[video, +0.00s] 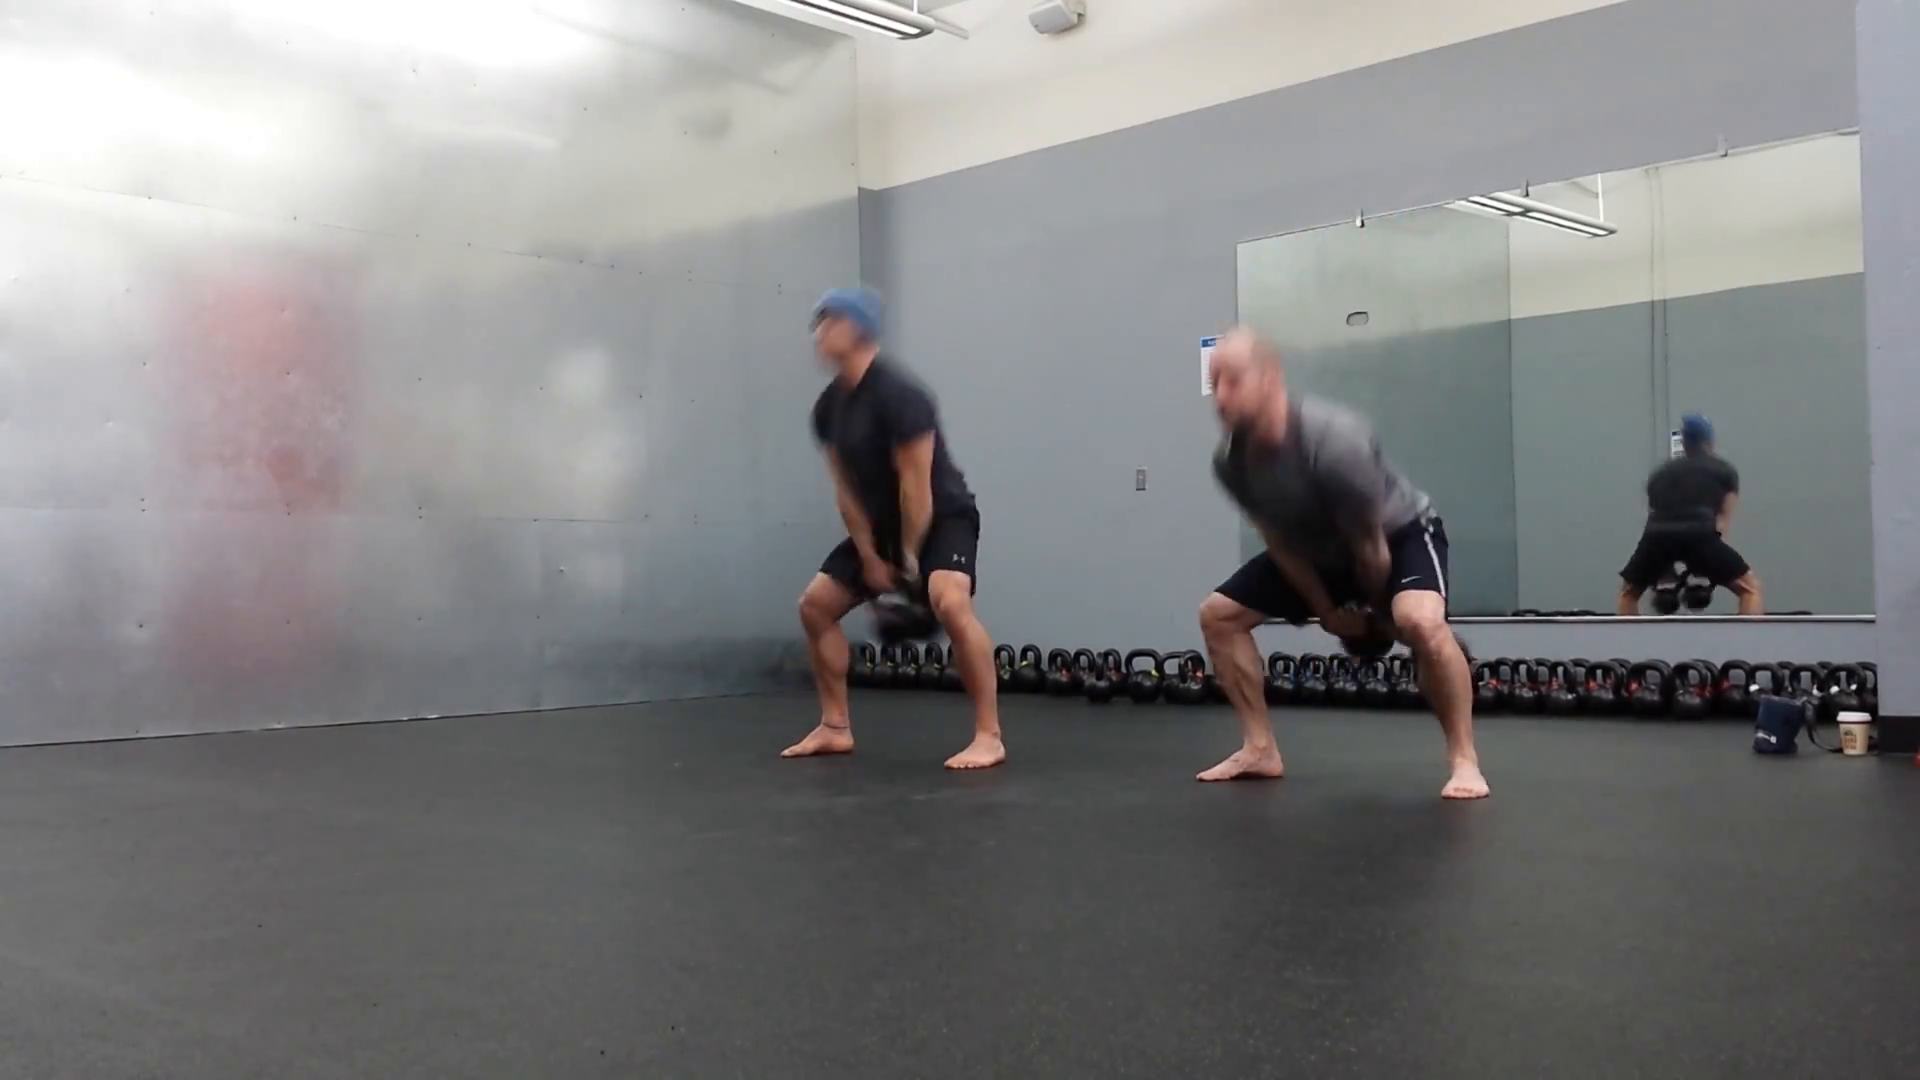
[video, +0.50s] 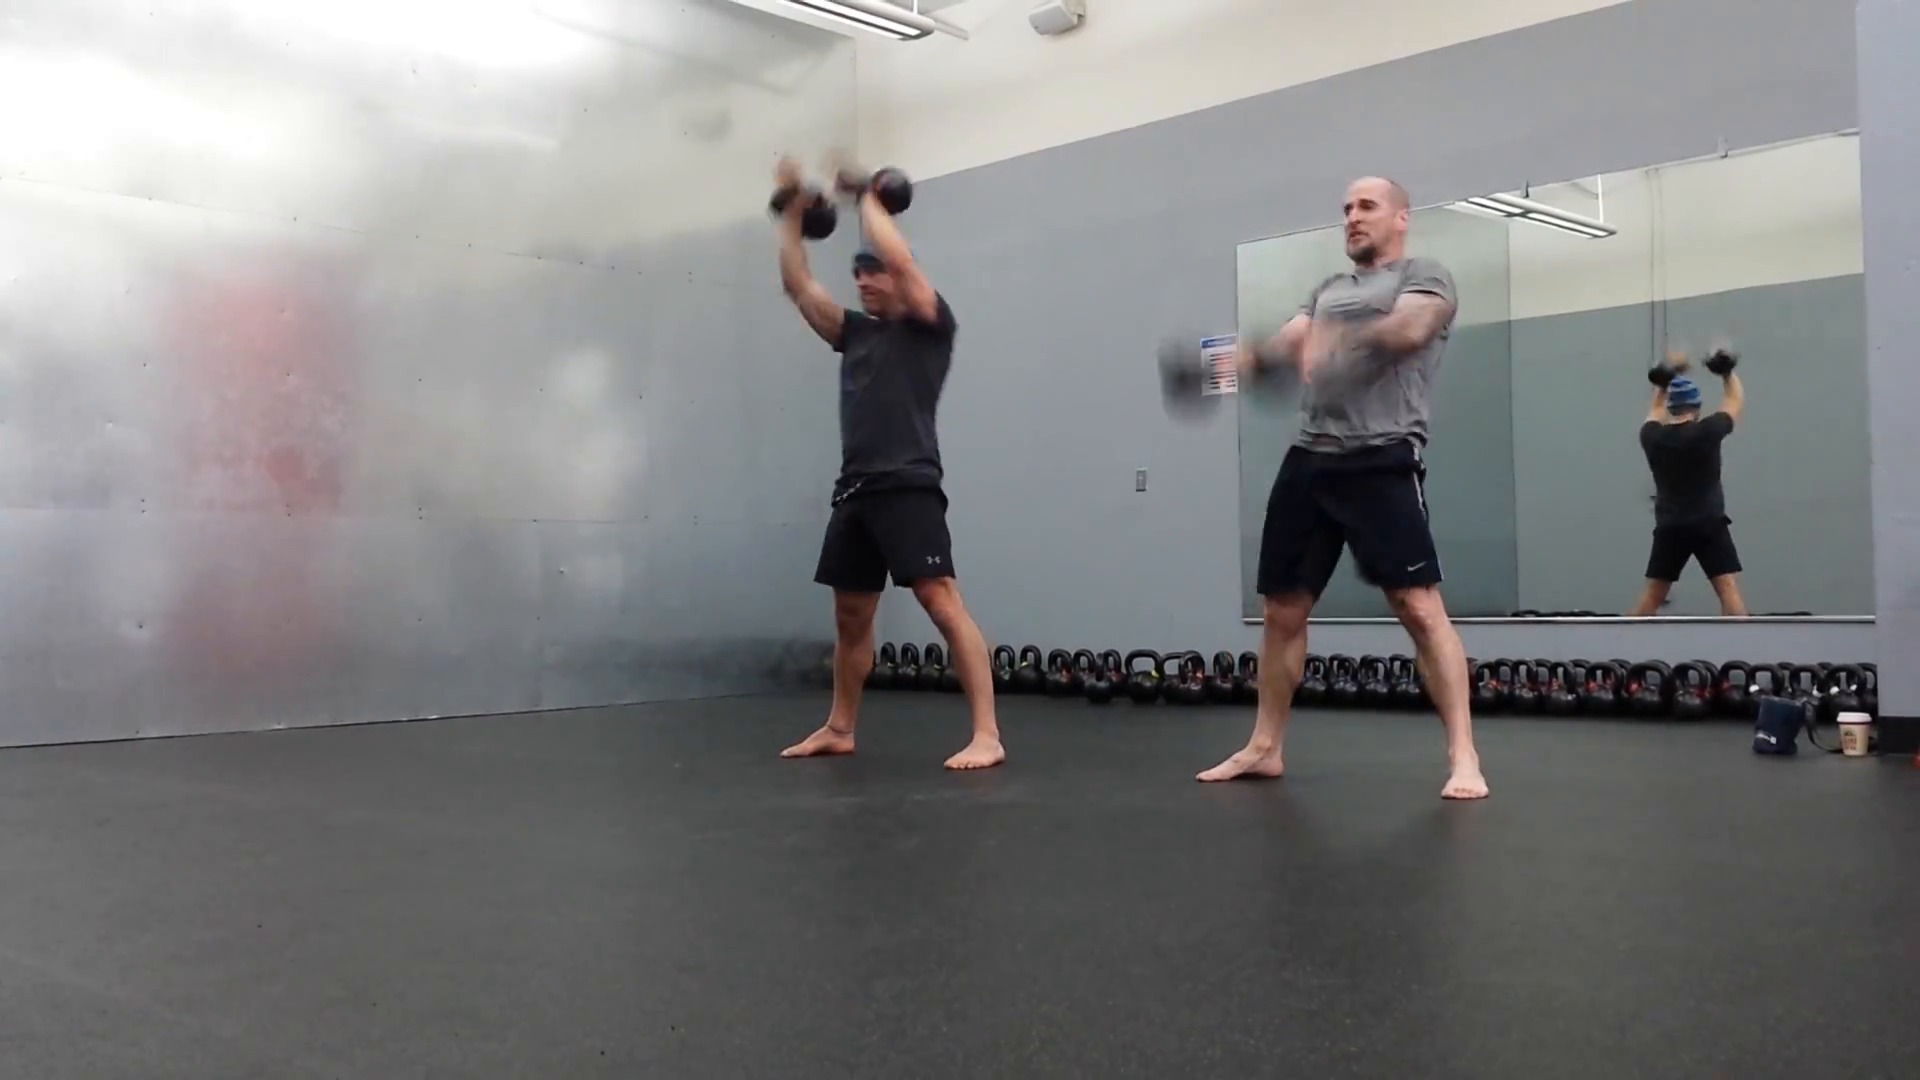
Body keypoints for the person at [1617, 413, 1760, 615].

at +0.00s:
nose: (1714, 447)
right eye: (1712, 443)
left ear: (1683, 443)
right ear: (1709, 443)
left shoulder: (1661, 472)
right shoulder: (1724, 470)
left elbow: (1655, 518)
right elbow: (1724, 518)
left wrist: (1664, 572)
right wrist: (1708, 569)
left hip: (1658, 539)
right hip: (1700, 540)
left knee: (1629, 595)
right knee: (1749, 589)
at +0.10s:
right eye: (1690, 413)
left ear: (1666, 415)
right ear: (1693, 413)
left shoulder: (1646, 448)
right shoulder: (1711, 444)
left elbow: (1649, 495)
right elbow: (1719, 494)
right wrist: (1710, 530)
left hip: (1656, 531)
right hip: (1697, 529)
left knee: (1636, 593)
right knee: (1734, 588)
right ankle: (1744, 646)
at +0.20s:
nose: (1679, 408)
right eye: (1679, 404)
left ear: (1653, 407)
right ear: (1679, 405)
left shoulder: (1634, 439)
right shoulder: (1696, 431)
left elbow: (1649, 473)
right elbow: (1719, 462)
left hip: (1656, 530)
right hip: (1696, 527)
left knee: (1642, 599)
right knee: (1722, 589)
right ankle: (1744, 647)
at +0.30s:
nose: (1682, 408)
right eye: (1680, 404)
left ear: (1654, 409)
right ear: (1680, 406)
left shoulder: (1635, 446)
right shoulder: (1696, 437)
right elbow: (1727, 461)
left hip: (1662, 530)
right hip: (1702, 526)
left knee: (1647, 598)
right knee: (1727, 591)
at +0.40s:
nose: (1692, 409)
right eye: (1690, 405)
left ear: (1661, 410)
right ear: (1689, 408)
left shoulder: (1642, 441)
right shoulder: (1701, 433)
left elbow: (1661, 431)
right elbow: (1736, 428)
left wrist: (1682, 417)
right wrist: (1729, 403)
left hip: (1668, 529)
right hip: (1706, 526)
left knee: (1652, 597)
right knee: (1727, 591)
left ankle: (1619, 647)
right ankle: (1747, 647)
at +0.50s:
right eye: (1696, 404)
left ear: (1669, 407)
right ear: (1697, 406)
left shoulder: (1652, 437)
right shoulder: (1709, 431)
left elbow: (1656, 408)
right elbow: (1734, 401)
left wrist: (1660, 382)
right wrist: (1727, 371)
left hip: (1670, 528)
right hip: (1708, 525)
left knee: (1652, 597)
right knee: (1728, 593)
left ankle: (1622, 651)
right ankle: (1746, 651)